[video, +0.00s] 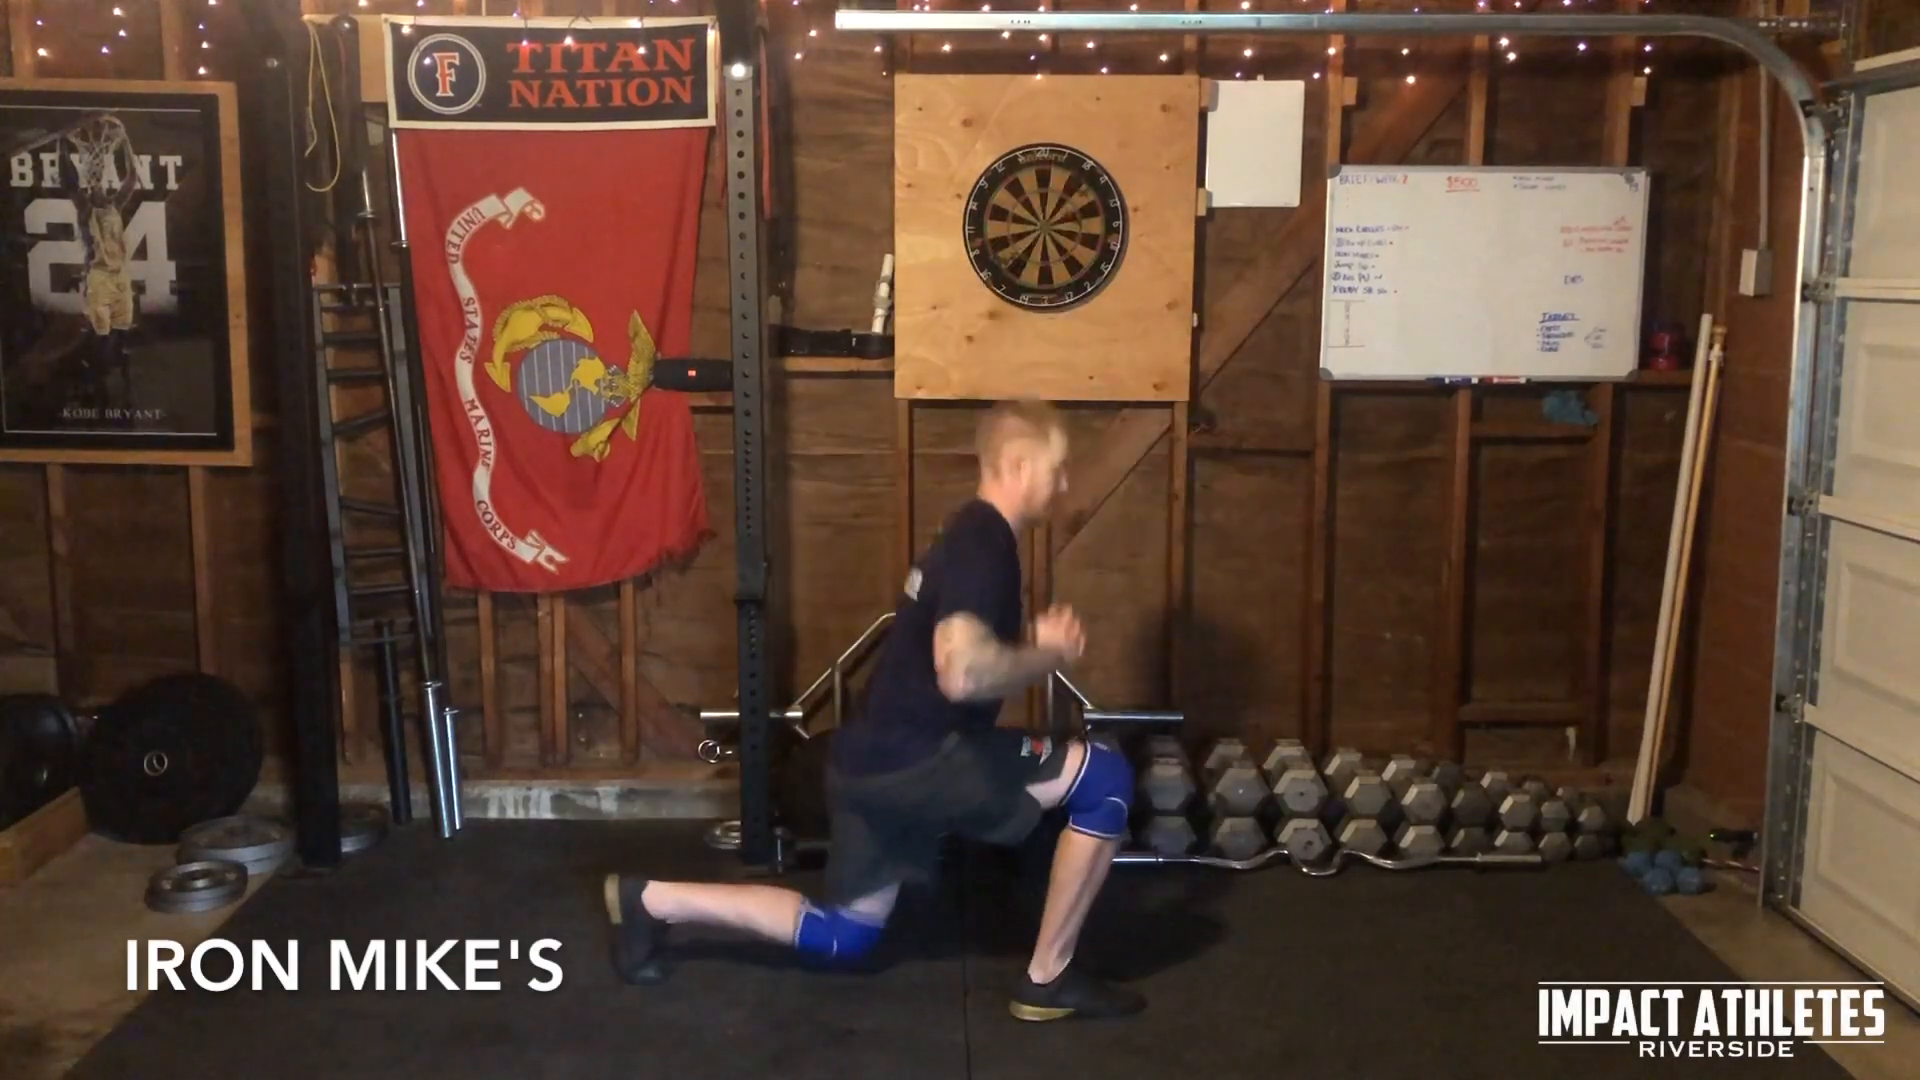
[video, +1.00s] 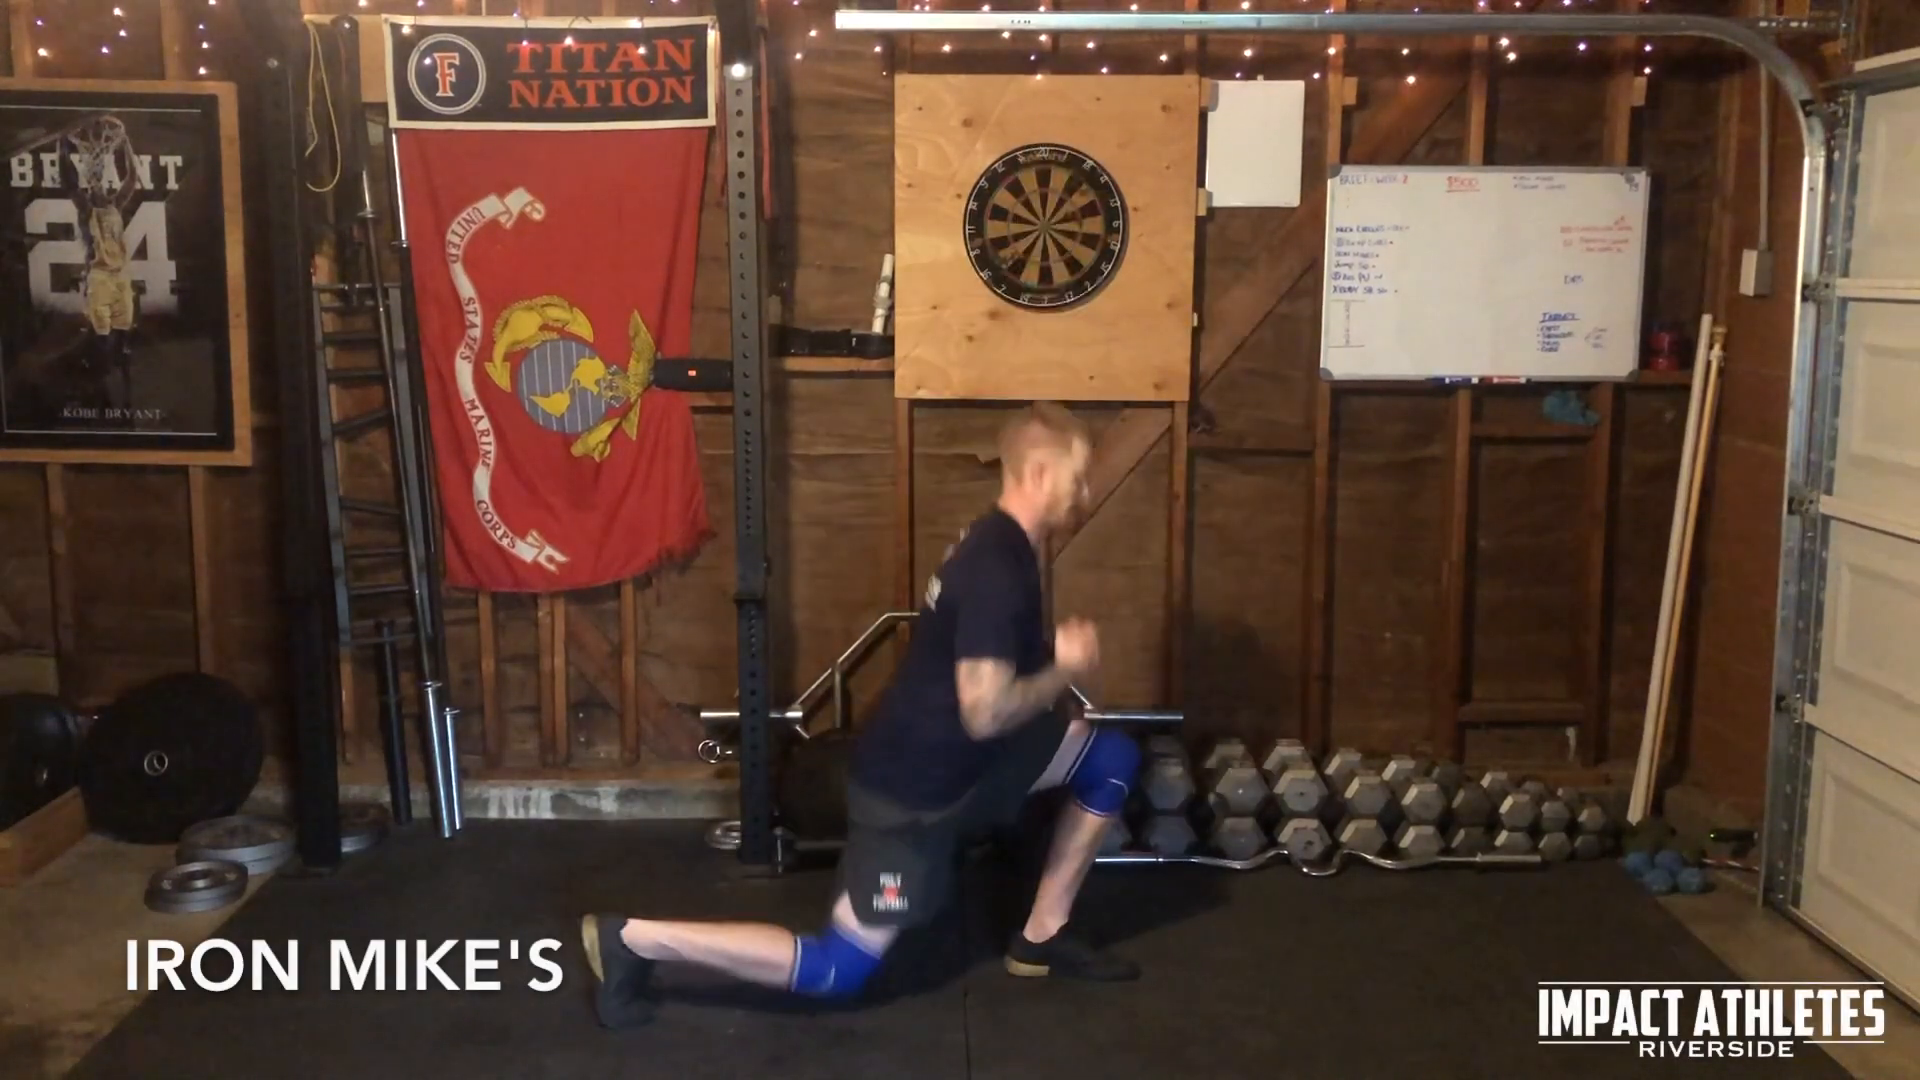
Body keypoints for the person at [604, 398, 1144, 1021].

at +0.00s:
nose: (1064, 485)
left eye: (1064, 469)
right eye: (1057, 469)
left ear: (1007, 467)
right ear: (1016, 466)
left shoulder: (973, 534)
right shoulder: (982, 539)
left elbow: (958, 658)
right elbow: (962, 672)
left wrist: (1031, 648)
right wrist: (1042, 650)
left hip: (873, 762)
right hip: (914, 763)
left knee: (846, 933)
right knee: (1107, 778)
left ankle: (647, 898)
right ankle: (1048, 976)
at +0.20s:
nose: (1061, 321)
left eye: (1065, 303)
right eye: (1057, 302)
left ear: (1002, 298)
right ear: (1020, 297)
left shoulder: (990, 380)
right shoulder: (980, 379)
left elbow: (1002, 490)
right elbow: (975, 484)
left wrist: (1048, 468)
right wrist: (1051, 467)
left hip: (897, 604)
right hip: (937, 610)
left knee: (858, 770)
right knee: (1056, 754)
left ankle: (673, 871)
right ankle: (1047, 968)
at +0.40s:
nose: (1087, 242)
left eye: (1092, 226)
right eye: (1087, 220)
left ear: (1028, 202)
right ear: (1044, 202)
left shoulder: (992, 276)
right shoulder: (1001, 277)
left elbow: (990, 390)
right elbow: (1008, 403)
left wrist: (1050, 378)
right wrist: (1066, 397)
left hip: (931, 520)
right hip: (932, 526)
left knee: (952, 705)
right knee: (960, 710)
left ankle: (883, 882)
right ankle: (814, 880)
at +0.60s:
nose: (1095, 338)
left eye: (1099, 321)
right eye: (1093, 319)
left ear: (1036, 306)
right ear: (1059, 311)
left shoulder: (1015, 384)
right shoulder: (1010, 387)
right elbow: (1011, 532)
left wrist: (1056, 506)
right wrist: (1070, 504)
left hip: (978, 638)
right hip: (929, 638)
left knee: (1068, 736)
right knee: (854, 811)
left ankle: (1041, 933)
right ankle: (656, 908)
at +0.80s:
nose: (1095, 490)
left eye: (1097, 475)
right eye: (1090, 474)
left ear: (1040, 466)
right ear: (1049, 467)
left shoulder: (1020, 538)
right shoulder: (1006, 549)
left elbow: (991, 666)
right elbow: (976, 696)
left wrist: (1049, 669)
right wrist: (1055, 675)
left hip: (976, 751)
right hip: (916, 774)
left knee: (1115, 762)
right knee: (853, 962)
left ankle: (1044, 936)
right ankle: (641, 941)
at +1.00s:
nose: (1085, 497)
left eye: (1086, 480)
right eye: (1079, 479)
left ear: (1026, 475)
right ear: (1038, 474)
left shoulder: (1015, 551)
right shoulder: (997, 558)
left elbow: (996, 679)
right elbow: (985, 711)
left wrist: (1055, 684)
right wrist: (1065, 667)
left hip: (970, 765)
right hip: (907, 788)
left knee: (1111, 759)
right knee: (839, 970)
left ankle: (1043, 935)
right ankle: (629, 939)